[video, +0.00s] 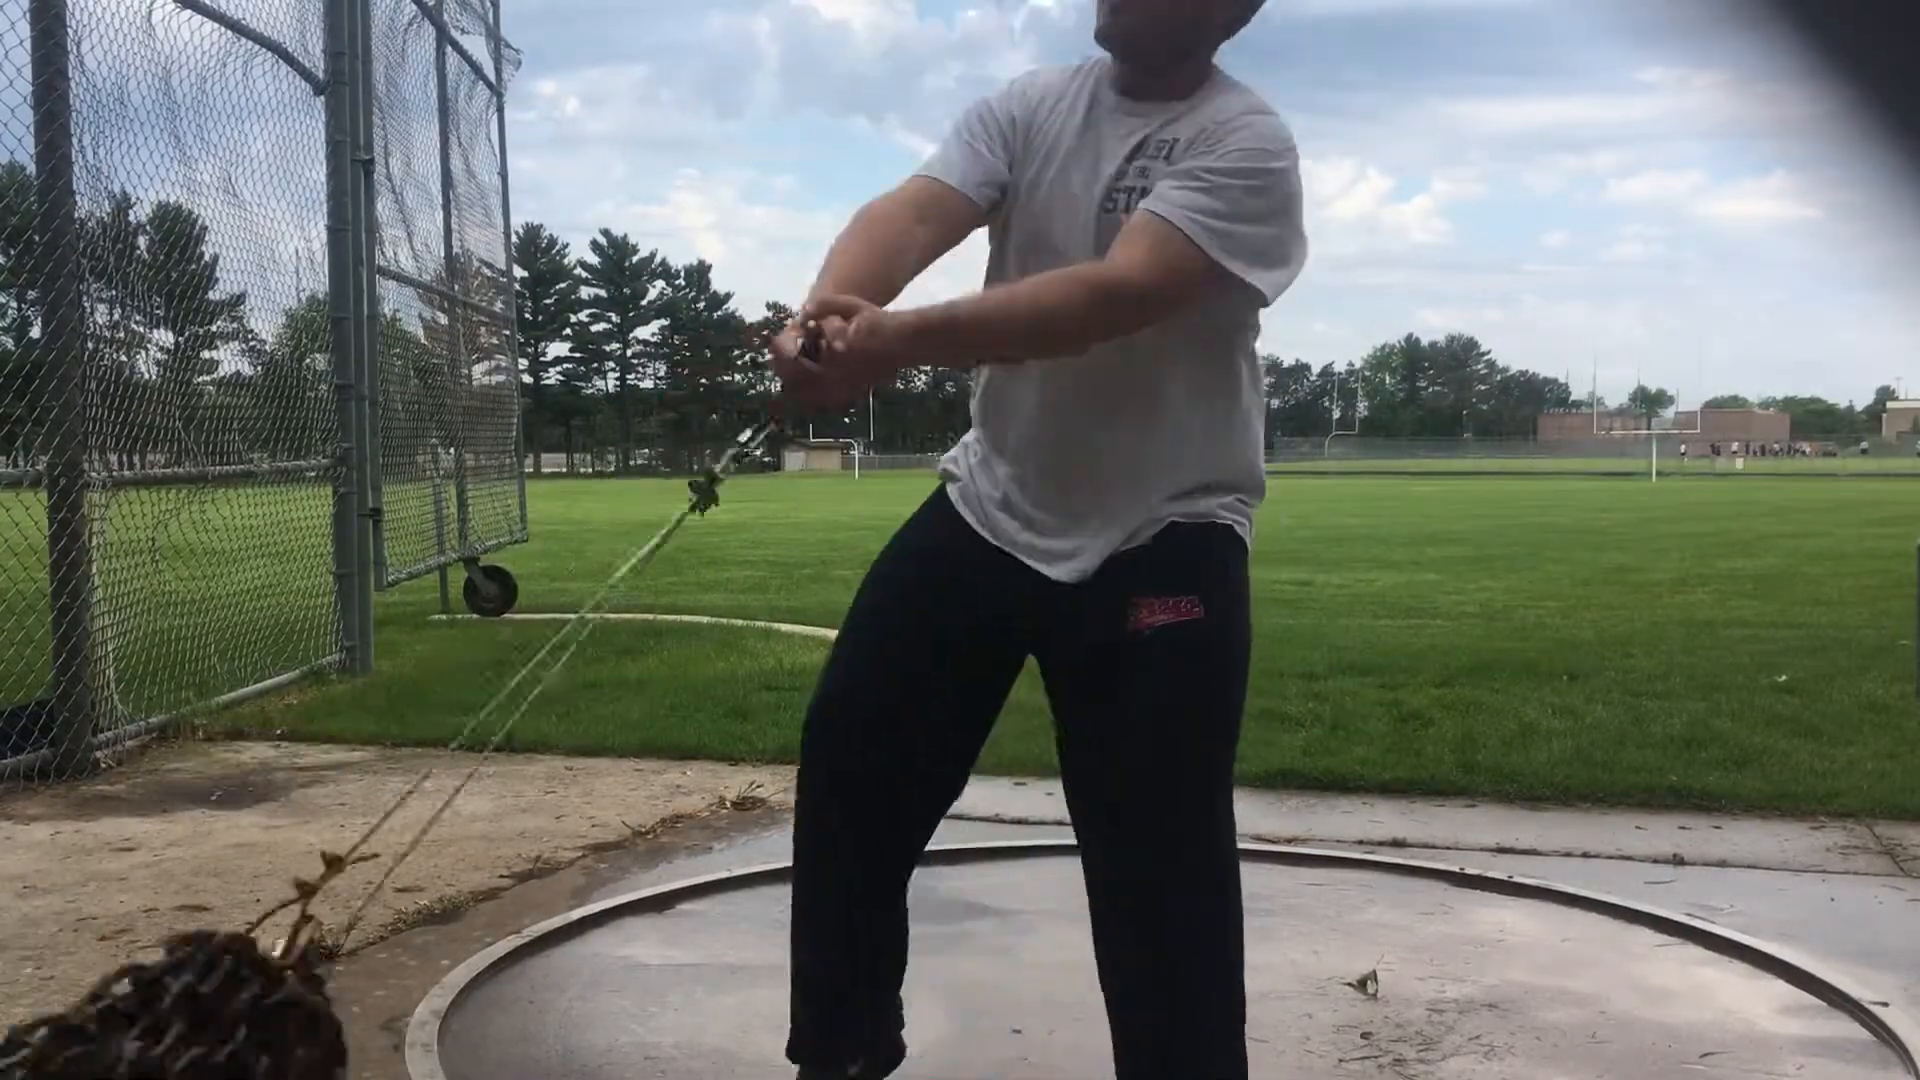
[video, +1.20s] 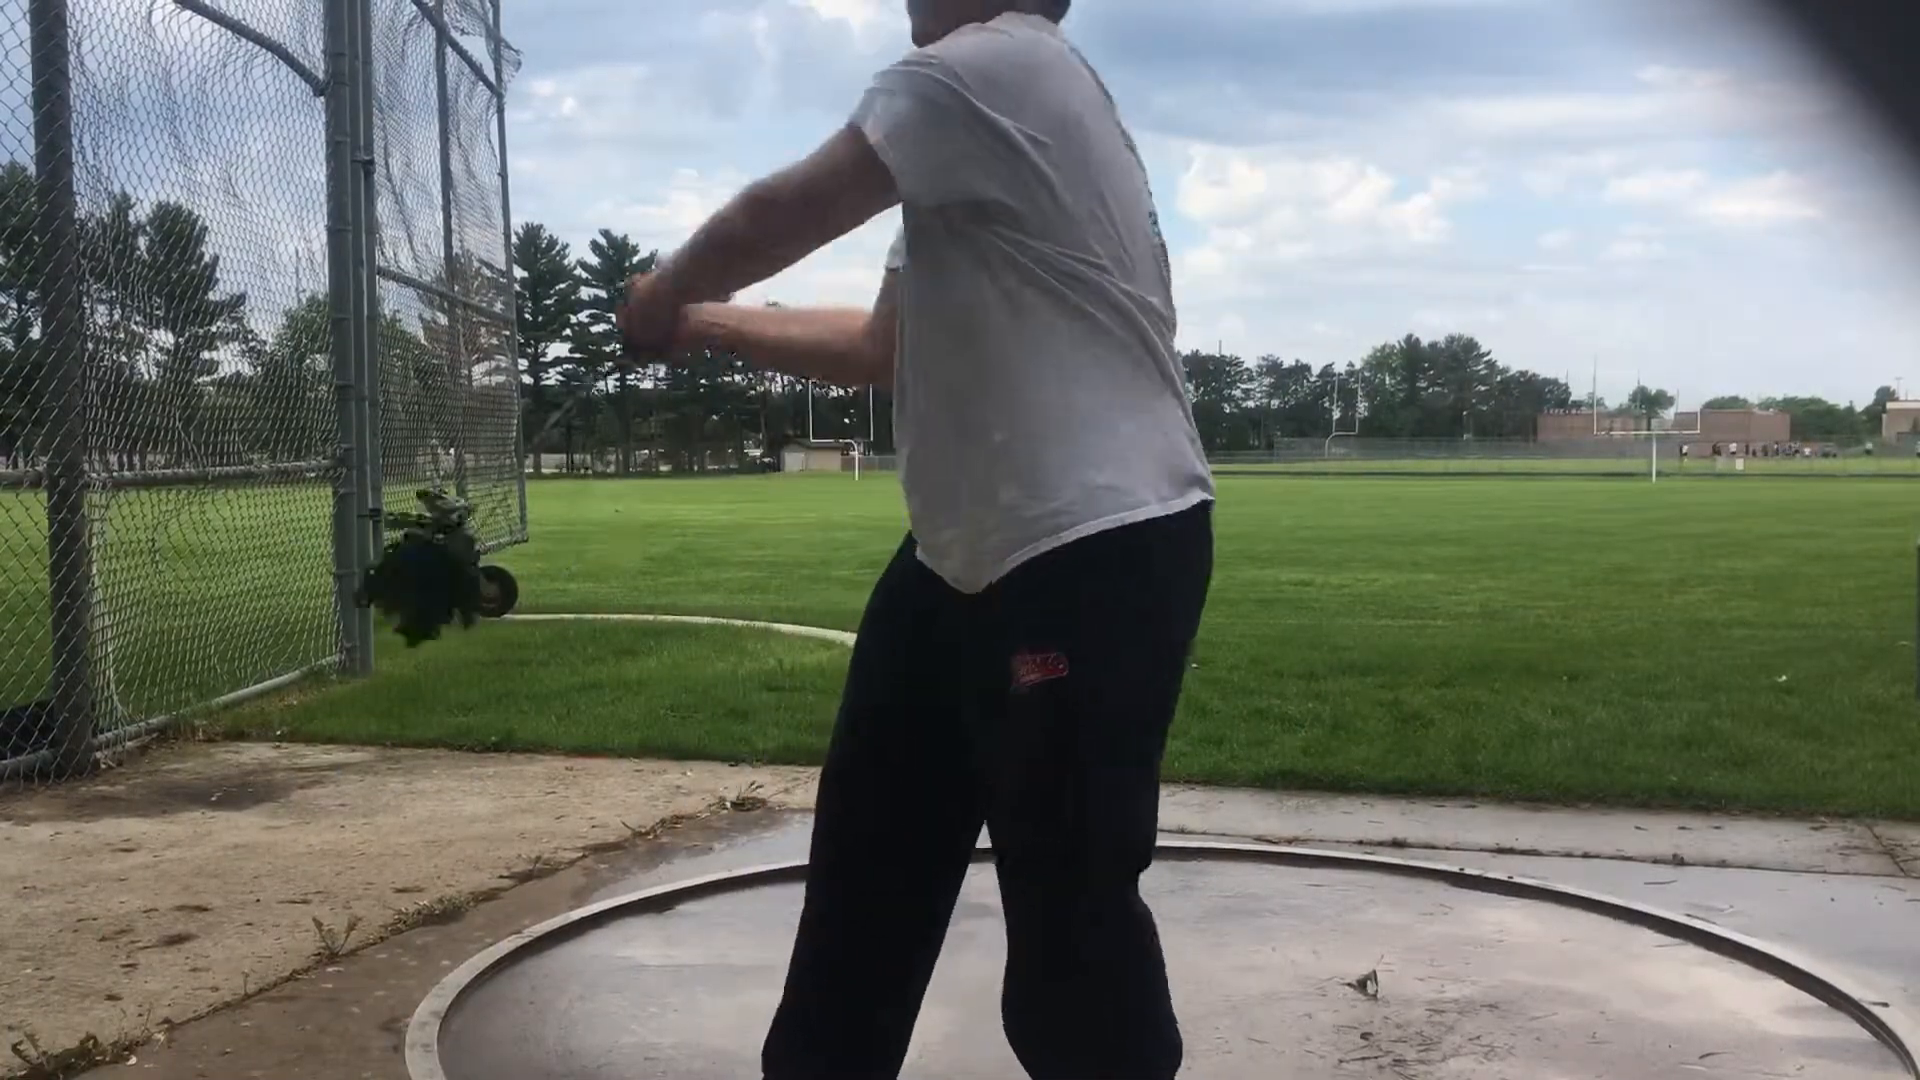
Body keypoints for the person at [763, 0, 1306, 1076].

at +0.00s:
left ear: (1234, 8)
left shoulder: (1247, 145)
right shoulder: (1031, 106)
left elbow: (1121, 293)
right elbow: (918, 212)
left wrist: (903, 339)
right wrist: (834, 302)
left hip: (1160, 540)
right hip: (987, 516)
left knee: (1160, 872)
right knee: (849, 770)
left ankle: (1179, 1072)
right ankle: (842, 1056)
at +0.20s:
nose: (1035, 8)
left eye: (1077, 2)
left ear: (1142, 41)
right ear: (1019, 9)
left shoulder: (1145, 207)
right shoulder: (947, 108)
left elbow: (1043, 343)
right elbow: (842, 151)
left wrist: (954, 302)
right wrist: (887, 207)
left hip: (1058, 568)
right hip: (885, 548)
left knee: (1118, 873)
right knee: (798, 826)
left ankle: (1178, 1072)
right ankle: (795, 1068)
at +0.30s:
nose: (972, 8)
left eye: (1013, 1)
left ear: (1080, 40)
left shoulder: (1060, 209)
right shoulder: (868, 122)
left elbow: (920, 326)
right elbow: (804, 52)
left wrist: (889, 180)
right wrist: (915, 70)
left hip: (989, 557)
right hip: (826, 550)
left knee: (1065, 886)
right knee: (760, 847)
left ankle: (1154, 1071)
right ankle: (789, 1069)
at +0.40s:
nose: (879, 24)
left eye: (917, 7)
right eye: (887, 9)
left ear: (1000, 23)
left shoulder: (995, 171)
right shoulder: (869, 125)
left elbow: (810, 170)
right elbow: (815, 35)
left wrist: (869, 7)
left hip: (933, 552)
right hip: (790, 548)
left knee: (1014, 876)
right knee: (733, 835)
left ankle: (1133, 1070)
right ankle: (781, 1067)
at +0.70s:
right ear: (928, 6)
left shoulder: (813, 24)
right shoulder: (929, 112)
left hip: (849, 482)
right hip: (782, 492)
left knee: (923, 836)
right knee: (761, 850)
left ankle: (1124, 1067)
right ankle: (776, 1064)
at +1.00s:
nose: (795, 11)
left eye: (802, 4)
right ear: (941, 4)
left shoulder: (817, 44)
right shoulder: (982, 100)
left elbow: (704, 171)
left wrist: (762, 235)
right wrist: (759, 232)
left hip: (966, 513)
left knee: (1009, 893)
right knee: (830, 890)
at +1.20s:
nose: (912, 20)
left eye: (924, 8)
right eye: (916, 14)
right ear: (1029, 9)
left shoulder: (992, 65)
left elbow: (778, 216)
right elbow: (883, 346)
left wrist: (669, 288)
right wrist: (701, 320)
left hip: (1094, 543)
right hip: (963, 552)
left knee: (1074, 929)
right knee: (865, 903)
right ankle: (819, 1069)